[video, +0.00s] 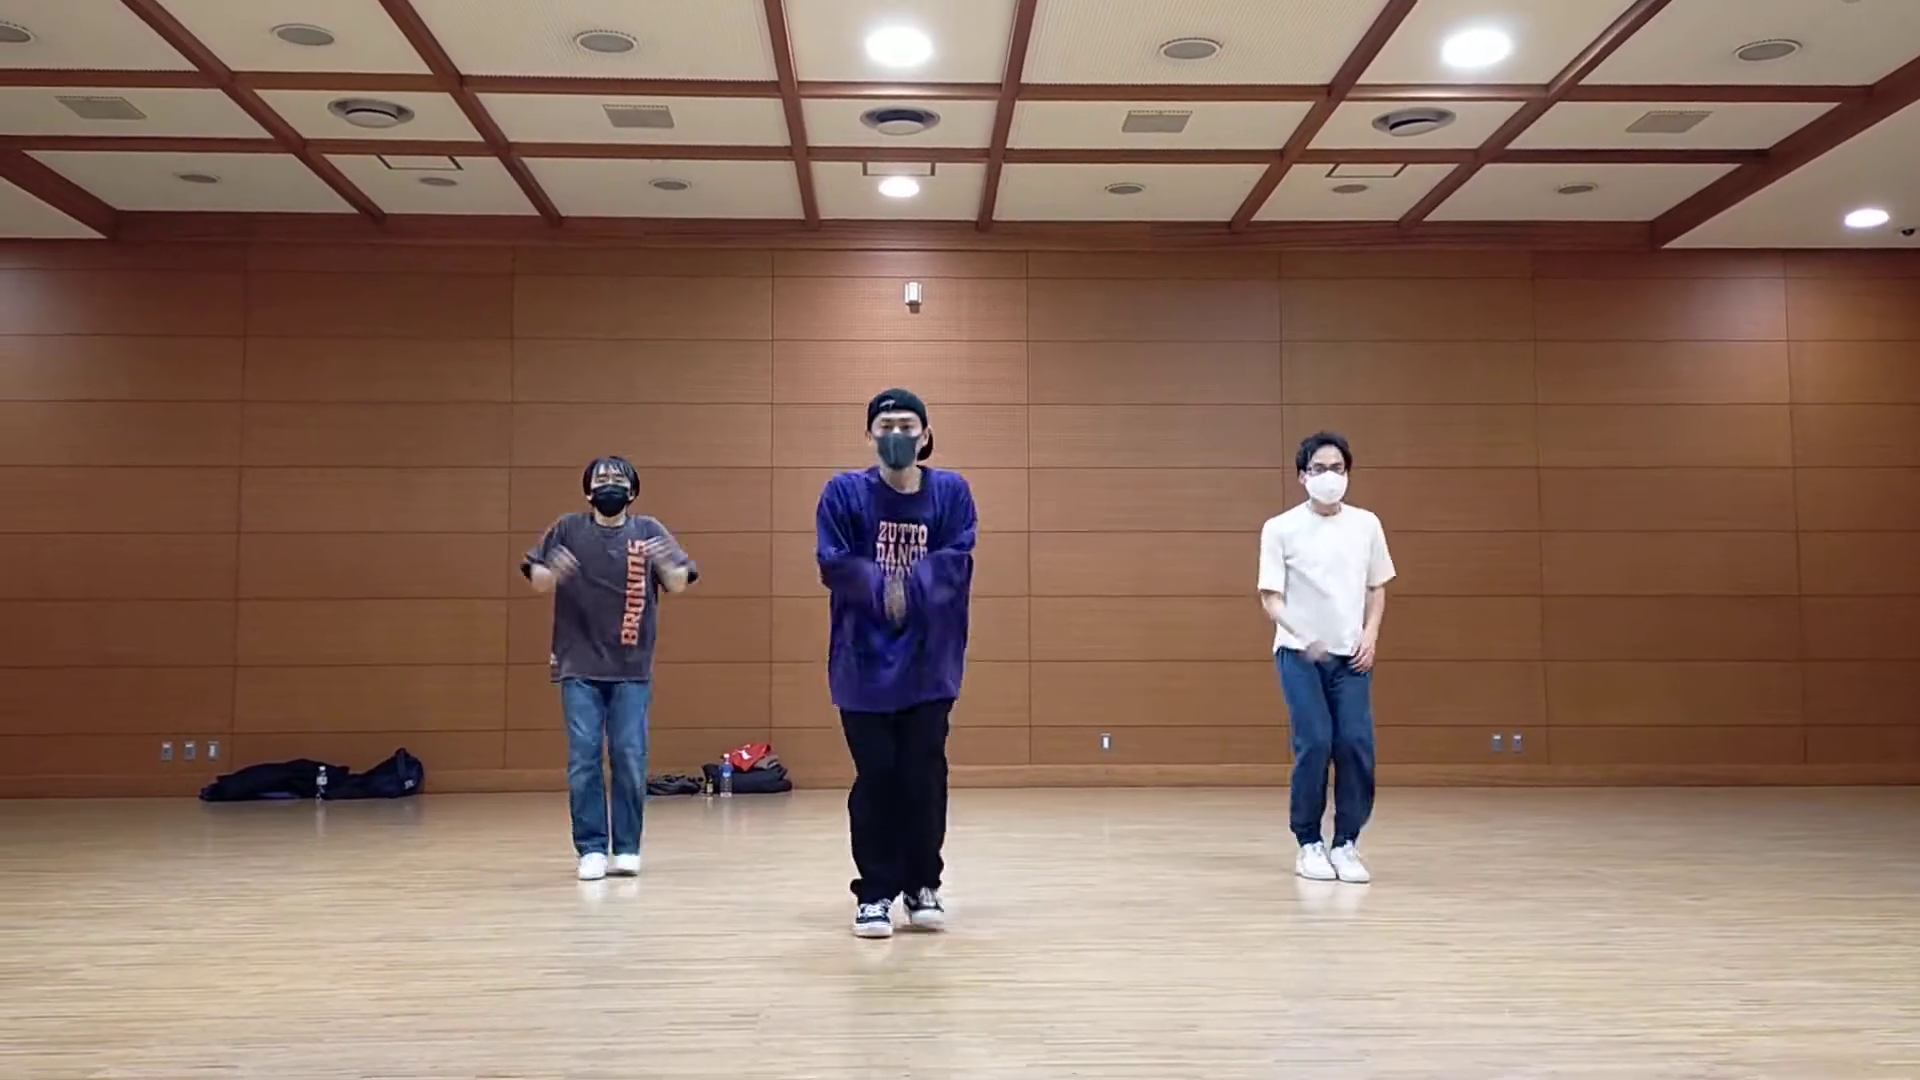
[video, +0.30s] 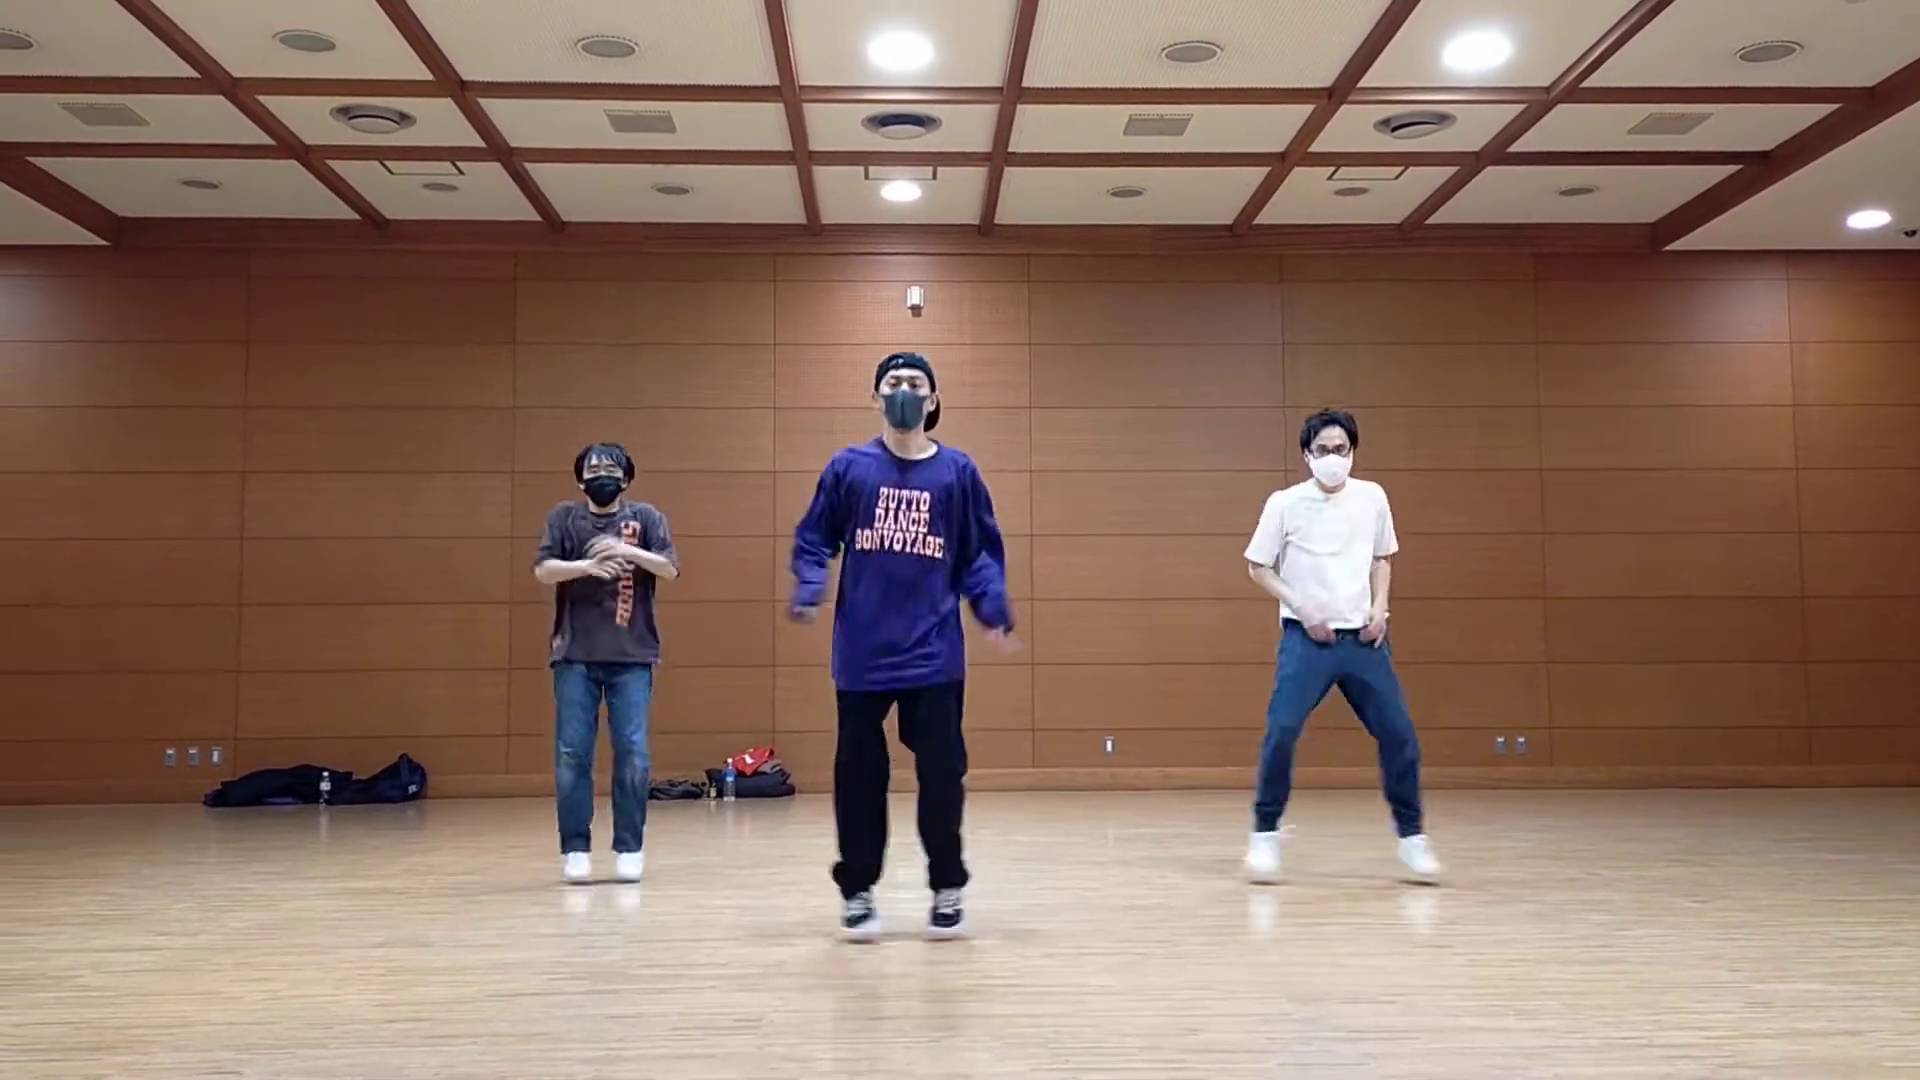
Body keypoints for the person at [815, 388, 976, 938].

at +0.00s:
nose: (896, 431)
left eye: (906, 423)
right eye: (886, 424)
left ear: (924, 435)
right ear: (871, 435)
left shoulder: (950, 491)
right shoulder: (844, 492)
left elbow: (958, 560)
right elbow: (832, 561)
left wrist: (906, 586)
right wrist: (884, 587)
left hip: (929, 663)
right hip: (863, 665)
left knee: (924, 774)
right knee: (877, 776)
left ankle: (923, 888)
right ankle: (875, 896)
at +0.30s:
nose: (904, 389)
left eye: (915, 382)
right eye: (894, 382)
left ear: (933, 401)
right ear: (877, 399)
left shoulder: (957, 471)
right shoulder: (849, 468)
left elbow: (981, 550)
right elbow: (813, 539)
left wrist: (992, 605)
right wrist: (809, 586)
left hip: (933, 647)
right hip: (862, 648)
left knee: (942, 767)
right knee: (858, 768)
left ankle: (947, 886)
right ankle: (857, 888)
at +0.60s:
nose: (896, 479)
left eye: (908, 472)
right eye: (886, 472)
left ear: (929, 489)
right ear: (871, 488)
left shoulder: (958, 565)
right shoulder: (844, 559)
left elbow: (1022, 630)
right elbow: (791, 640)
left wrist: (1097, 639)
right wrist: (727, 677)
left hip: (938, 727)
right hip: (858, 728)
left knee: (977, 823)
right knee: (804, 822)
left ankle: (1052, 911)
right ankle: (748, 914)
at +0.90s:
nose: (866, 404)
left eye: (877, 394)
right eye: (855, 395)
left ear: (897, 402)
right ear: (839, 403)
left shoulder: (930, 468)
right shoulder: (810, 469)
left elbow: (982, 510)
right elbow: (748, 512)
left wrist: (1018, 501)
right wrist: (752, 525)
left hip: (907, 651)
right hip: (829, 651)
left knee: (911, 769)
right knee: (822, 774)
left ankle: (918, 889)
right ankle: (801, 890)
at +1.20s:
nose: (848, 456)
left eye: (858, 447)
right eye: (837, 445)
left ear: (873, 450)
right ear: (818, 447)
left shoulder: (902, 510)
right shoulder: (798, 518)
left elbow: (909, 590)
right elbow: (821, 574)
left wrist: (918, 664)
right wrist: (873, 508)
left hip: (885, 688)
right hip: (821, 688)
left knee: (873, 816)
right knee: (816, 807)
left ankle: (836, 898)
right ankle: (803, 912)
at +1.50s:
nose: (926, 432)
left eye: (937, 424)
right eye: (916, 421)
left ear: (950, 435)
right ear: (894, 426)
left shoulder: (949, 499)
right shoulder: (859, 479)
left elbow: (971, 555)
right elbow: (862, 551)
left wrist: (1038, 575)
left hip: (906, 678)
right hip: (837, 677)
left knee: (951, 789)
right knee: (809, 798)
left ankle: (972, 905)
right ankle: (753, 909)